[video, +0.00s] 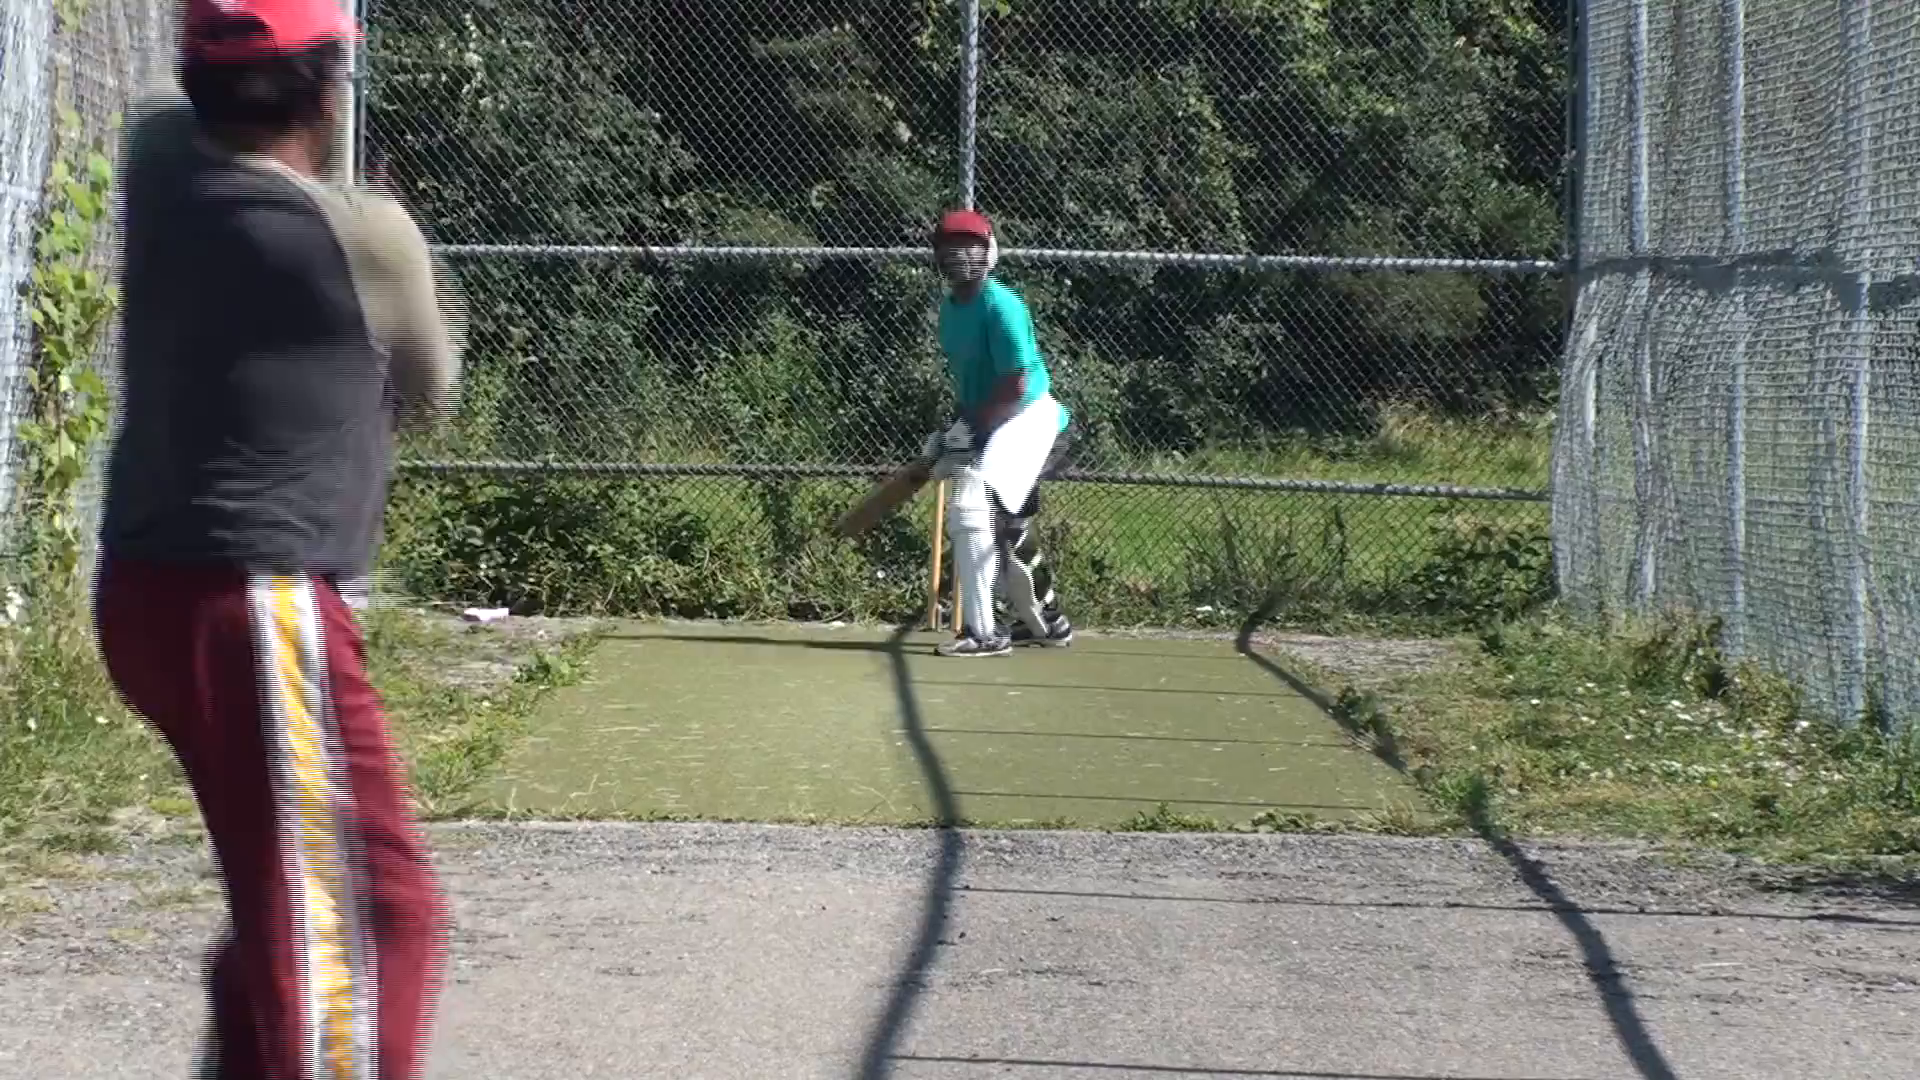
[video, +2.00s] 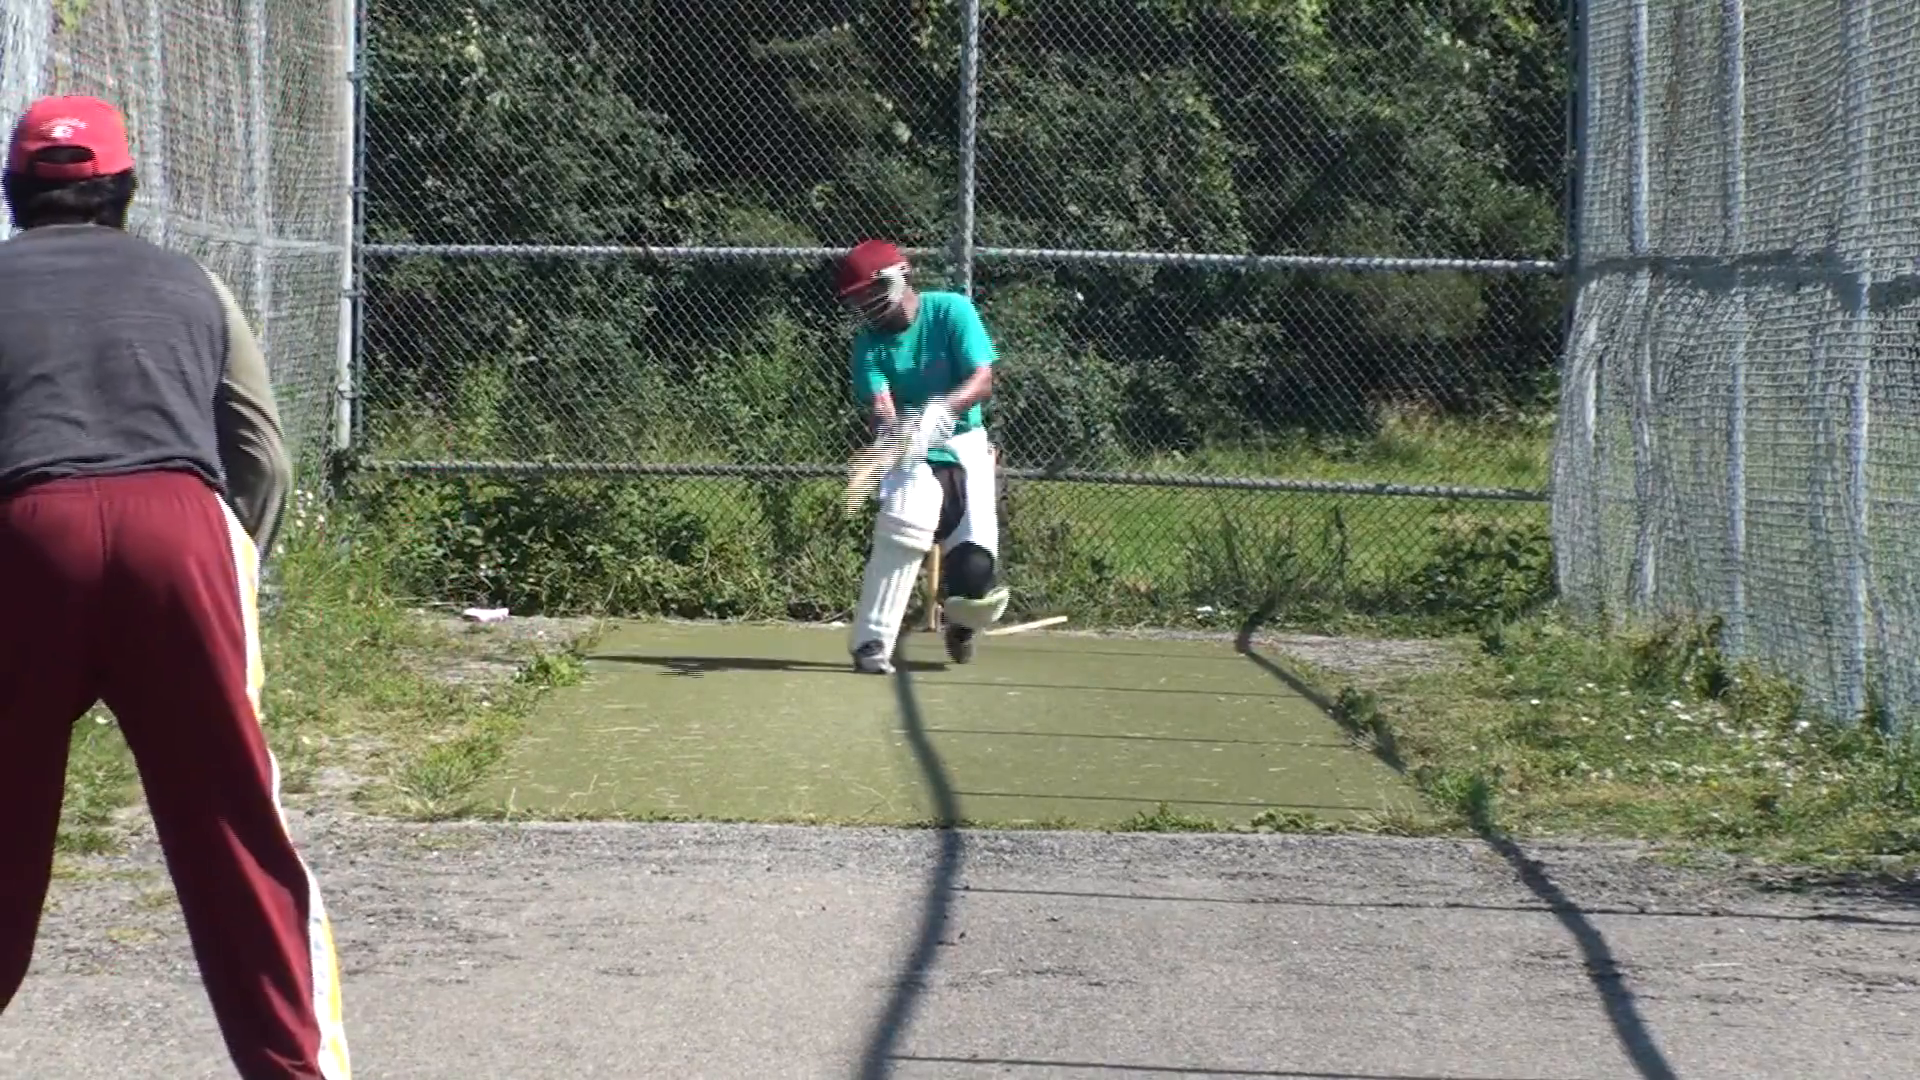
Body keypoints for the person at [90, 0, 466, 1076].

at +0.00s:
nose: (349, 89)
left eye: (342, 69)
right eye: (342, 73)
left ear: (204, 94)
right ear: (327, 91)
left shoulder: (161, 187)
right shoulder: (359, 228)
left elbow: (183, 102)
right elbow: (425, 391)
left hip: (152, 592)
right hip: (267, 601)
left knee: (279, 897)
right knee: (348, 910)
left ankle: (251, 1063)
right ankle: (330, 1070)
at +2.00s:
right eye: (114, 183)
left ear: (16, 194)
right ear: (124, 194)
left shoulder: (2, 273)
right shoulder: (190, 281)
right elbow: (259, 449)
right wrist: (230, 568)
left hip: (29, 531)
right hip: (175, 529)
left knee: (7, 825)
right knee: (226, 811)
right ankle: (291, 1058)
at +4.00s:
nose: (1181, 173)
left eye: (1180, 155)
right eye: (1173, 155)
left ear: (1082, 156)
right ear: (1144, 165)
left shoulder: (1086, 260)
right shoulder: (1055, 256)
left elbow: (1129, 443)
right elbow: (1016, 452)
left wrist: (1260, 504)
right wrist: (1120, 614)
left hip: (1027, 563)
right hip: (976, 564)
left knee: (1095, 835)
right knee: (1061, 832)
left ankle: (1030, 1065)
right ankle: (876, 1044)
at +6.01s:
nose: (1878, 106)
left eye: (1874, 81)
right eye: (1861, 79)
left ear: (1797, 99)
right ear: (1796, 92)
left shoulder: (1816, 253)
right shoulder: (1663, 214)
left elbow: (1872, 431)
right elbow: (1565, 436)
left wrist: (1910, 516)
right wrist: (1674, 657)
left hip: (1783, 631)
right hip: (1679, 617)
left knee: (1790, 943)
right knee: (1724, 951)